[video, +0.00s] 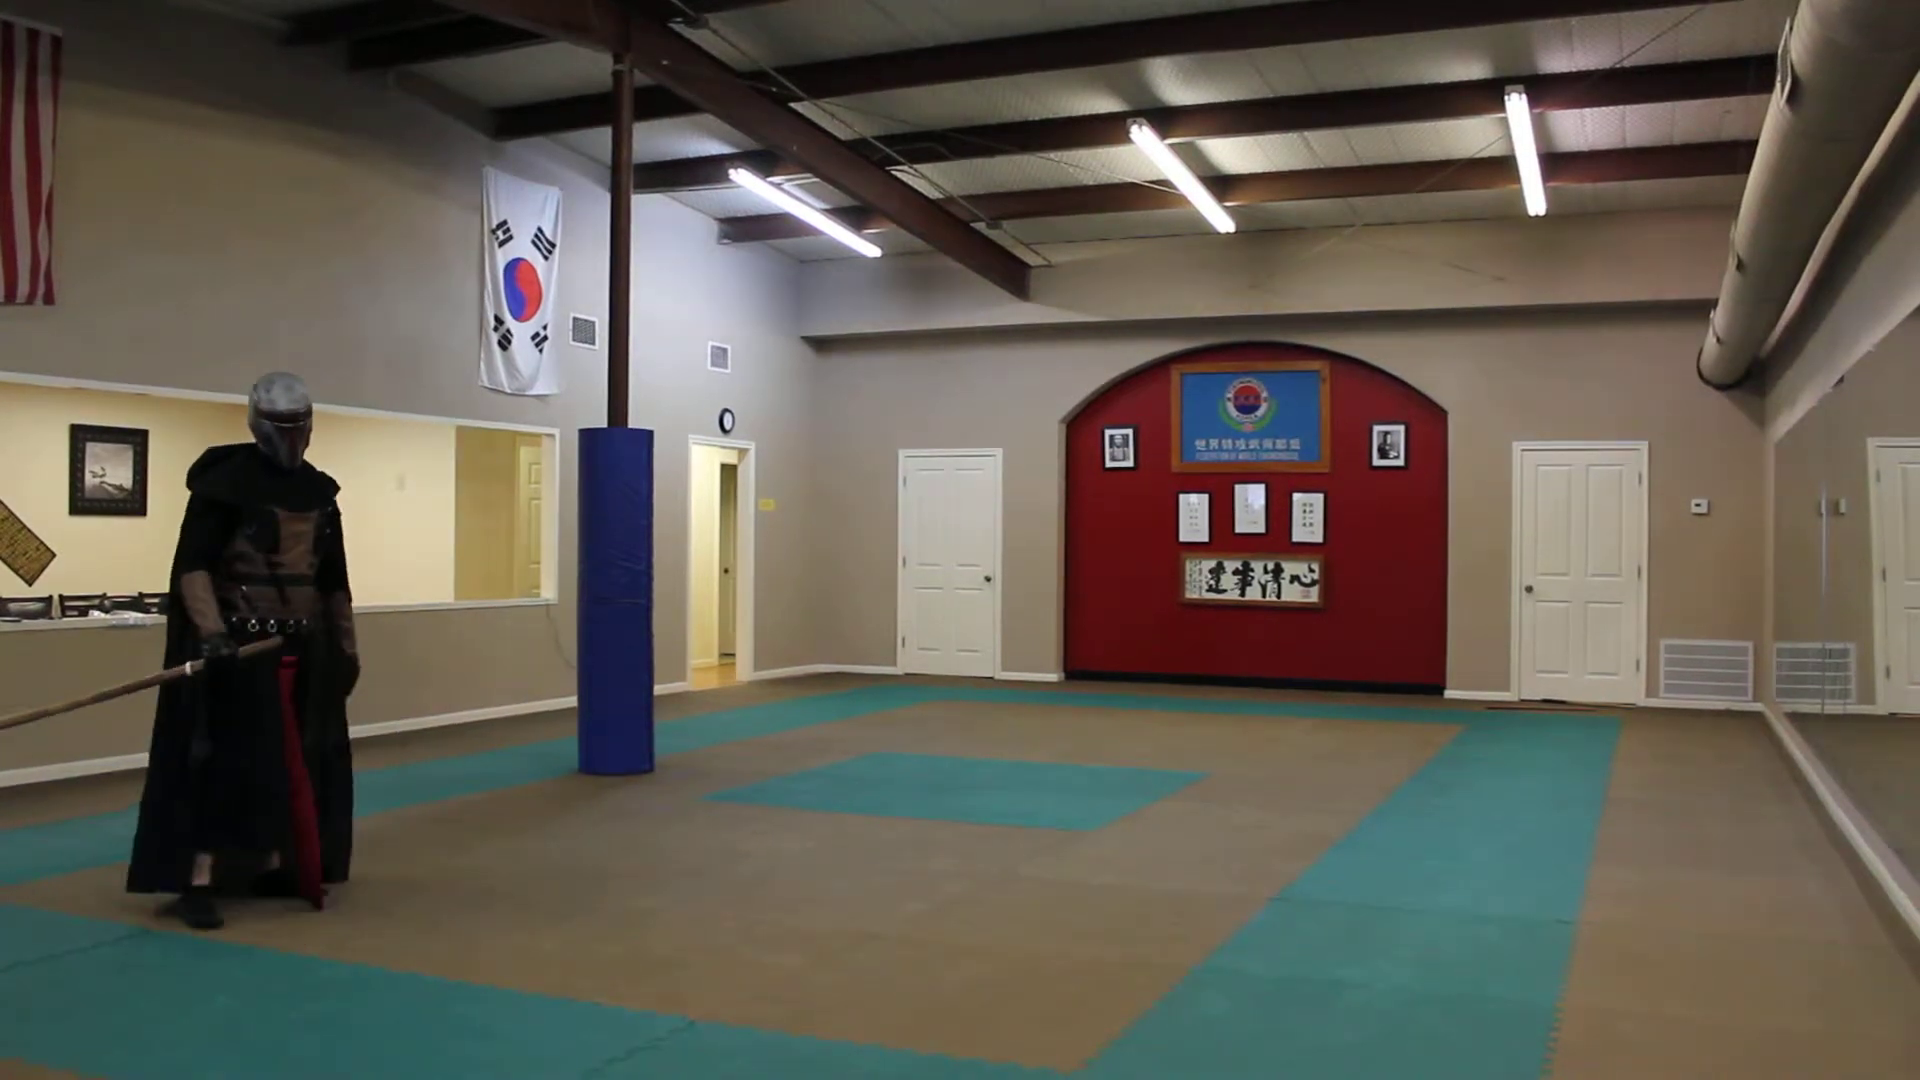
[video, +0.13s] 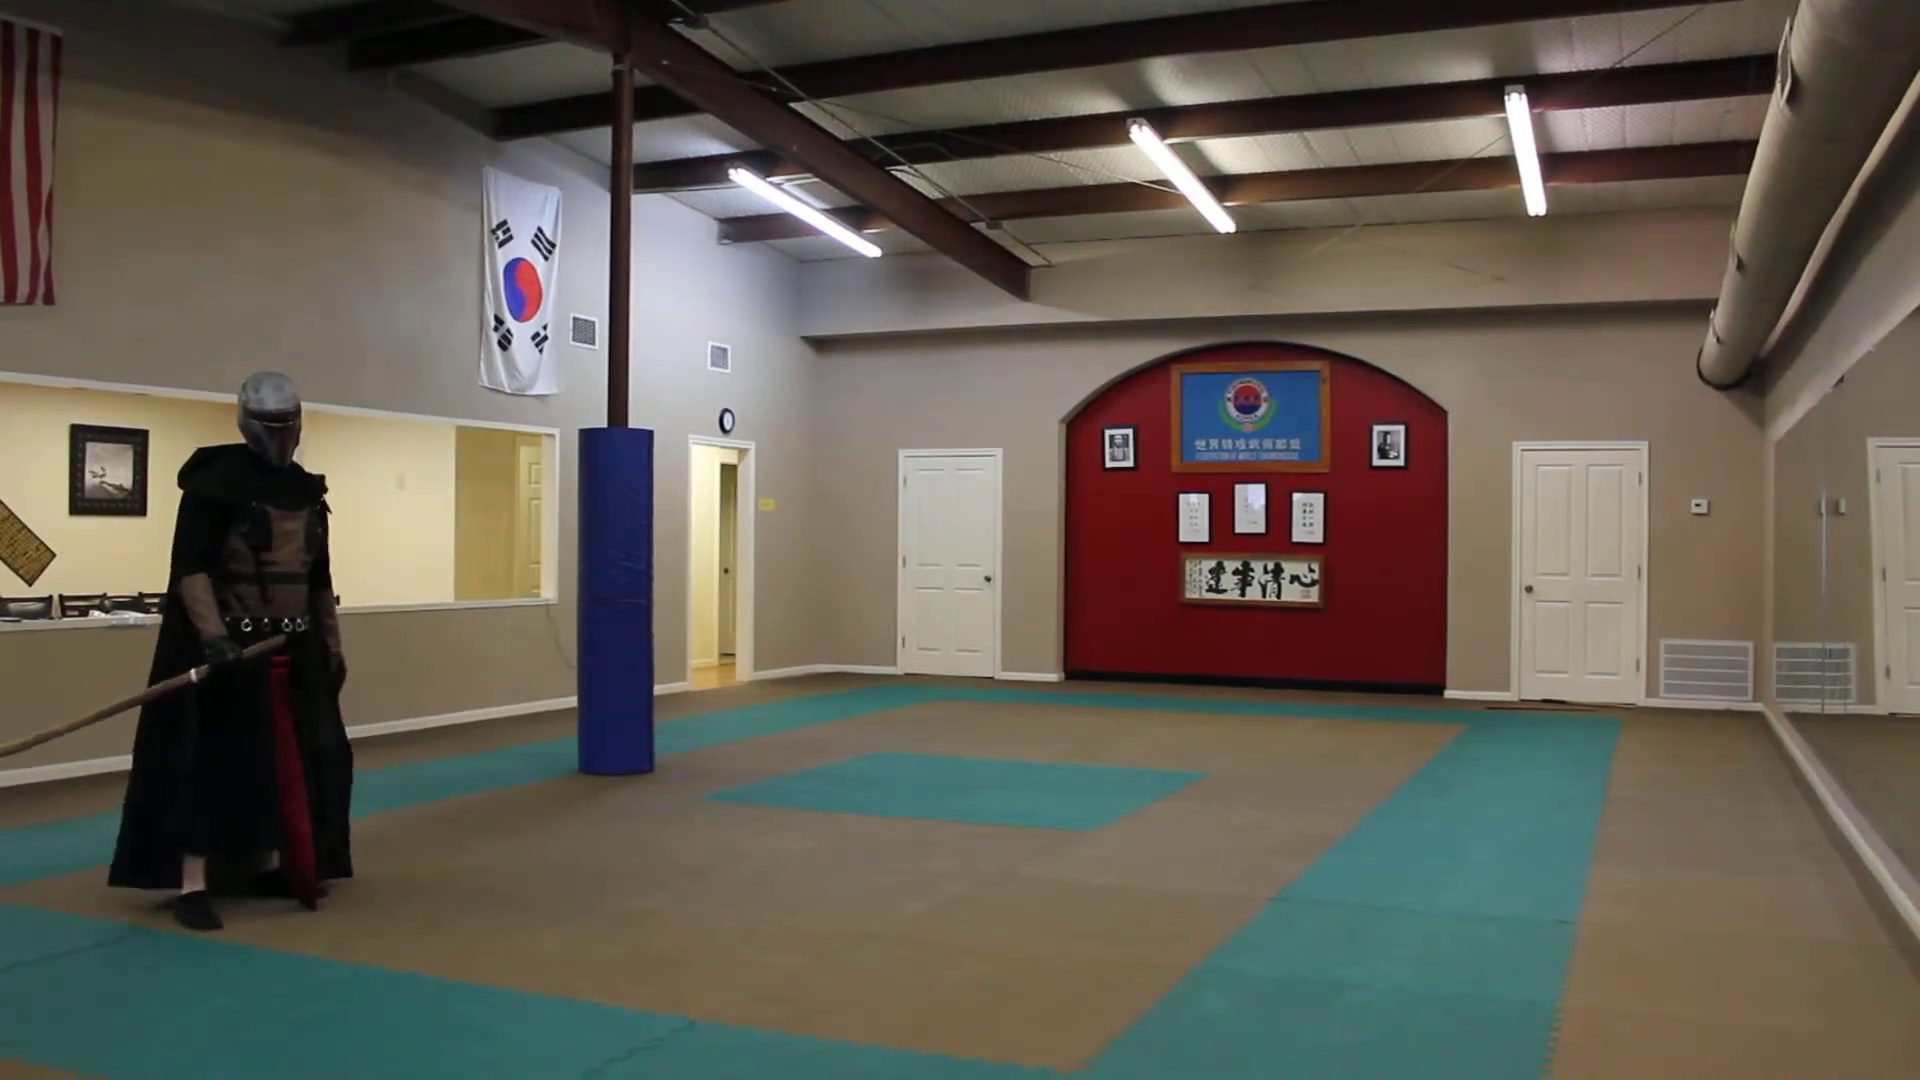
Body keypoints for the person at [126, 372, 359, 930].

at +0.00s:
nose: (291, 434)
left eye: (299, 423)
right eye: (278, 423)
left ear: (311, 423)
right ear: (255, 423)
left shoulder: (318, 492)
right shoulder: (224, 478)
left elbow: (334, 578)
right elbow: (192, 565)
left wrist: (346, 644)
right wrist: (214, 634)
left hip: (299, 652)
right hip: (231, 650)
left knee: (289, 759)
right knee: (216, 759)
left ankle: (276, 867)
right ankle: (198, 882)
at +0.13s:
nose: (282, 434)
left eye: (289, 422)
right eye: (270, 423)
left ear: (300, 423)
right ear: (246, 424)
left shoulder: (307, 491)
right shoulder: (215, 476)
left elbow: (319, 580)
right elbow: (190, 566)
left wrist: (332, 645)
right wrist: (215, 637)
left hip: (288, 651)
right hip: (220, 649)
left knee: (283, 757)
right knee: (206, 759)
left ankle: (273, 864)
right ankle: (193, 886)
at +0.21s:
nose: (279, 433)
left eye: (284, 421)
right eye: (267, 422)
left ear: (293, 423)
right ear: (240, 423)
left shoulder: (299, 490)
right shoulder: (210, 476)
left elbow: (313, 579)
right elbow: (190, 566)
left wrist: (324, 647)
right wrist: (214, 641)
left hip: (283, 647)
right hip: (216, 647)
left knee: (281, 756)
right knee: (206, 760)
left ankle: (275, 867)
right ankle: (193, 885)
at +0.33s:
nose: (263, 431)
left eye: (271, 419)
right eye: (250, 420)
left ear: (283, 421)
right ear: (228, 421)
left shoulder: (291, 490)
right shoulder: (200, 476)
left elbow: (306, 575)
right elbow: (176, 563)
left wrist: (321, 646)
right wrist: (213, 635)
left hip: (276, 648)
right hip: (207, 646)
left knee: (272, 757)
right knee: (201, 759)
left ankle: (267, 870)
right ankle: (192, 885)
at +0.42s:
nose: (253, 430)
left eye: (262, 418)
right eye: (240, 419)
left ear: (276, 420)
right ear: (220, 420)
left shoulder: (287, 490)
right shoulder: (193, 476)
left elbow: (302, 573)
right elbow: (169, 563)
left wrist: (321, 641)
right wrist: (214, 629)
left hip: (272, 646)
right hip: (199, 643)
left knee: (270, 755)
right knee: (197, 756)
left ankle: (265, 872)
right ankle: (191, 884)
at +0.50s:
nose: (249, 429)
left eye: (258, 418)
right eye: (237, 419)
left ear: (270, 419)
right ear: (214, 420)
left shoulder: (281, 490)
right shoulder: (187, 477)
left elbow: (297, 569)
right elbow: (166, 564)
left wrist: (319, 633)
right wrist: (213, 628)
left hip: (266, 644)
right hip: (194, 643)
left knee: (267, 752)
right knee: (195, 755)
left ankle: (263, 870)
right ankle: (190, 883)